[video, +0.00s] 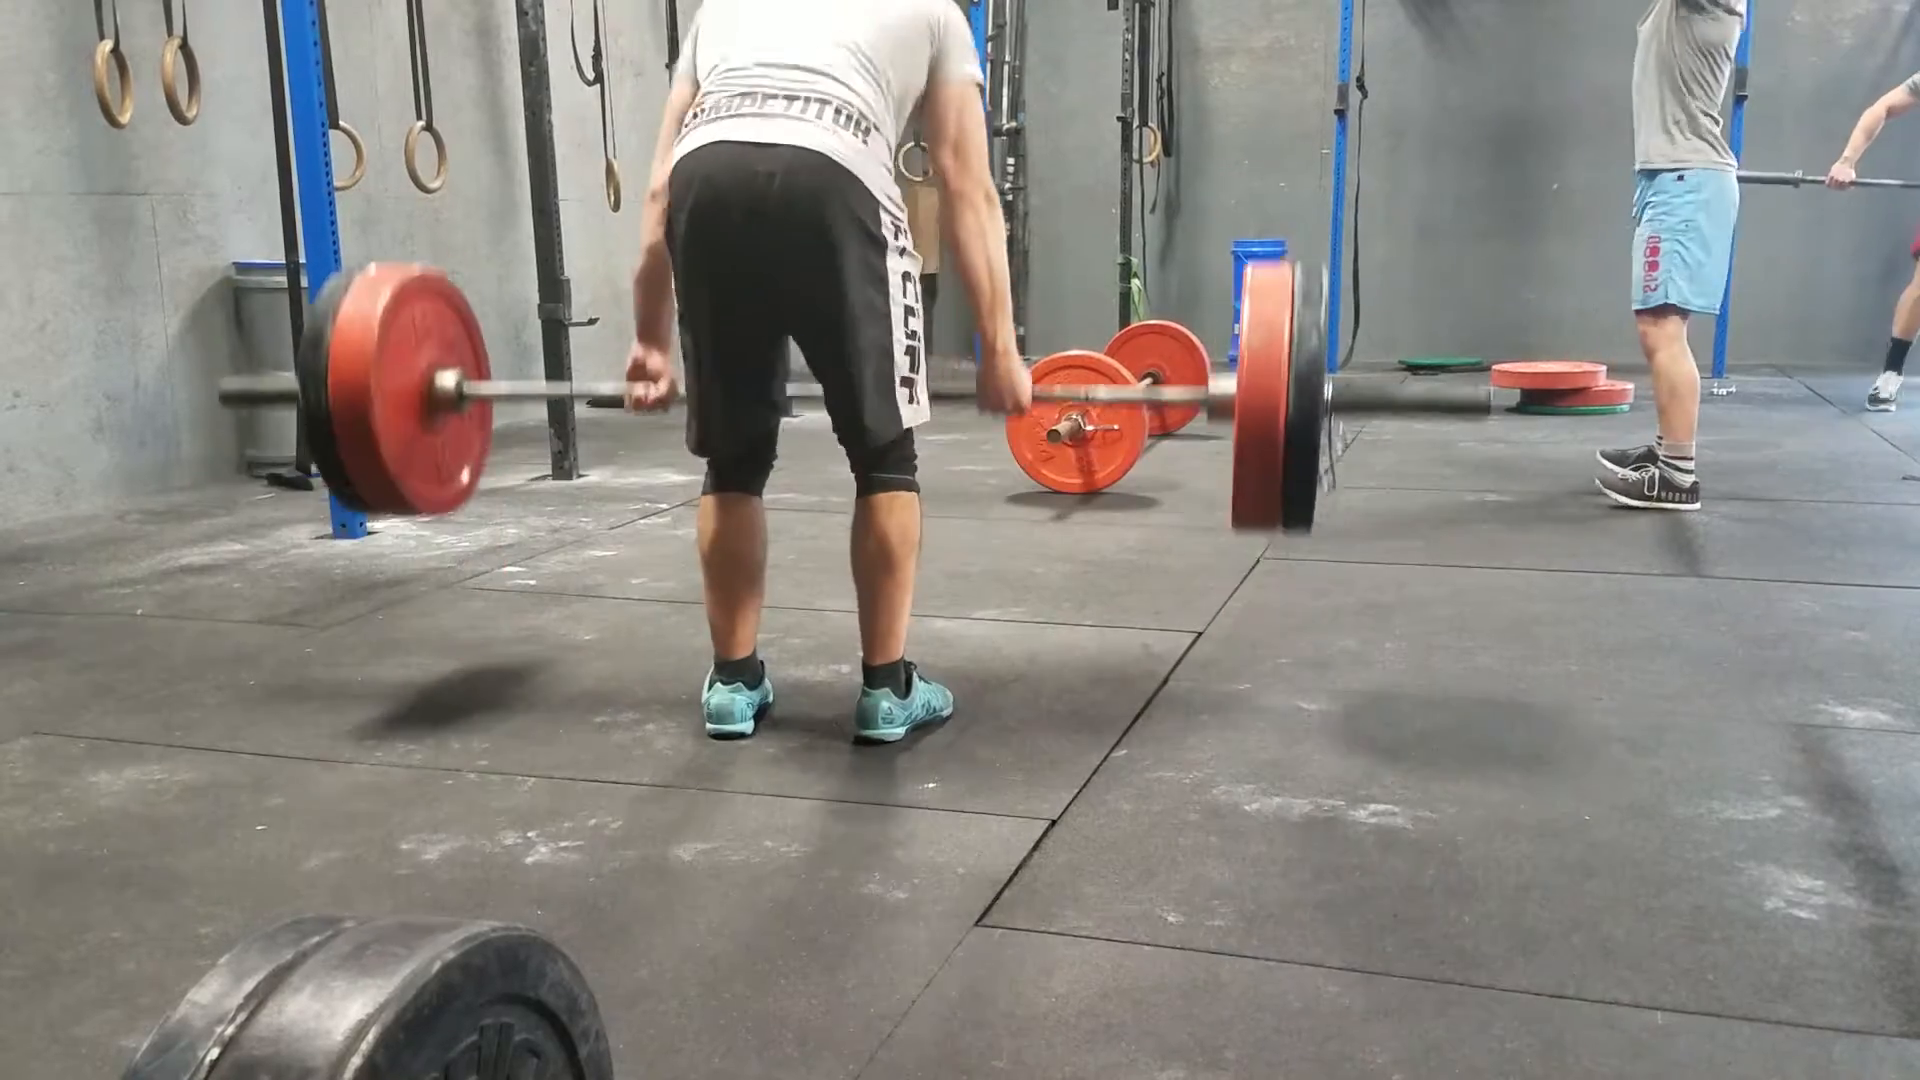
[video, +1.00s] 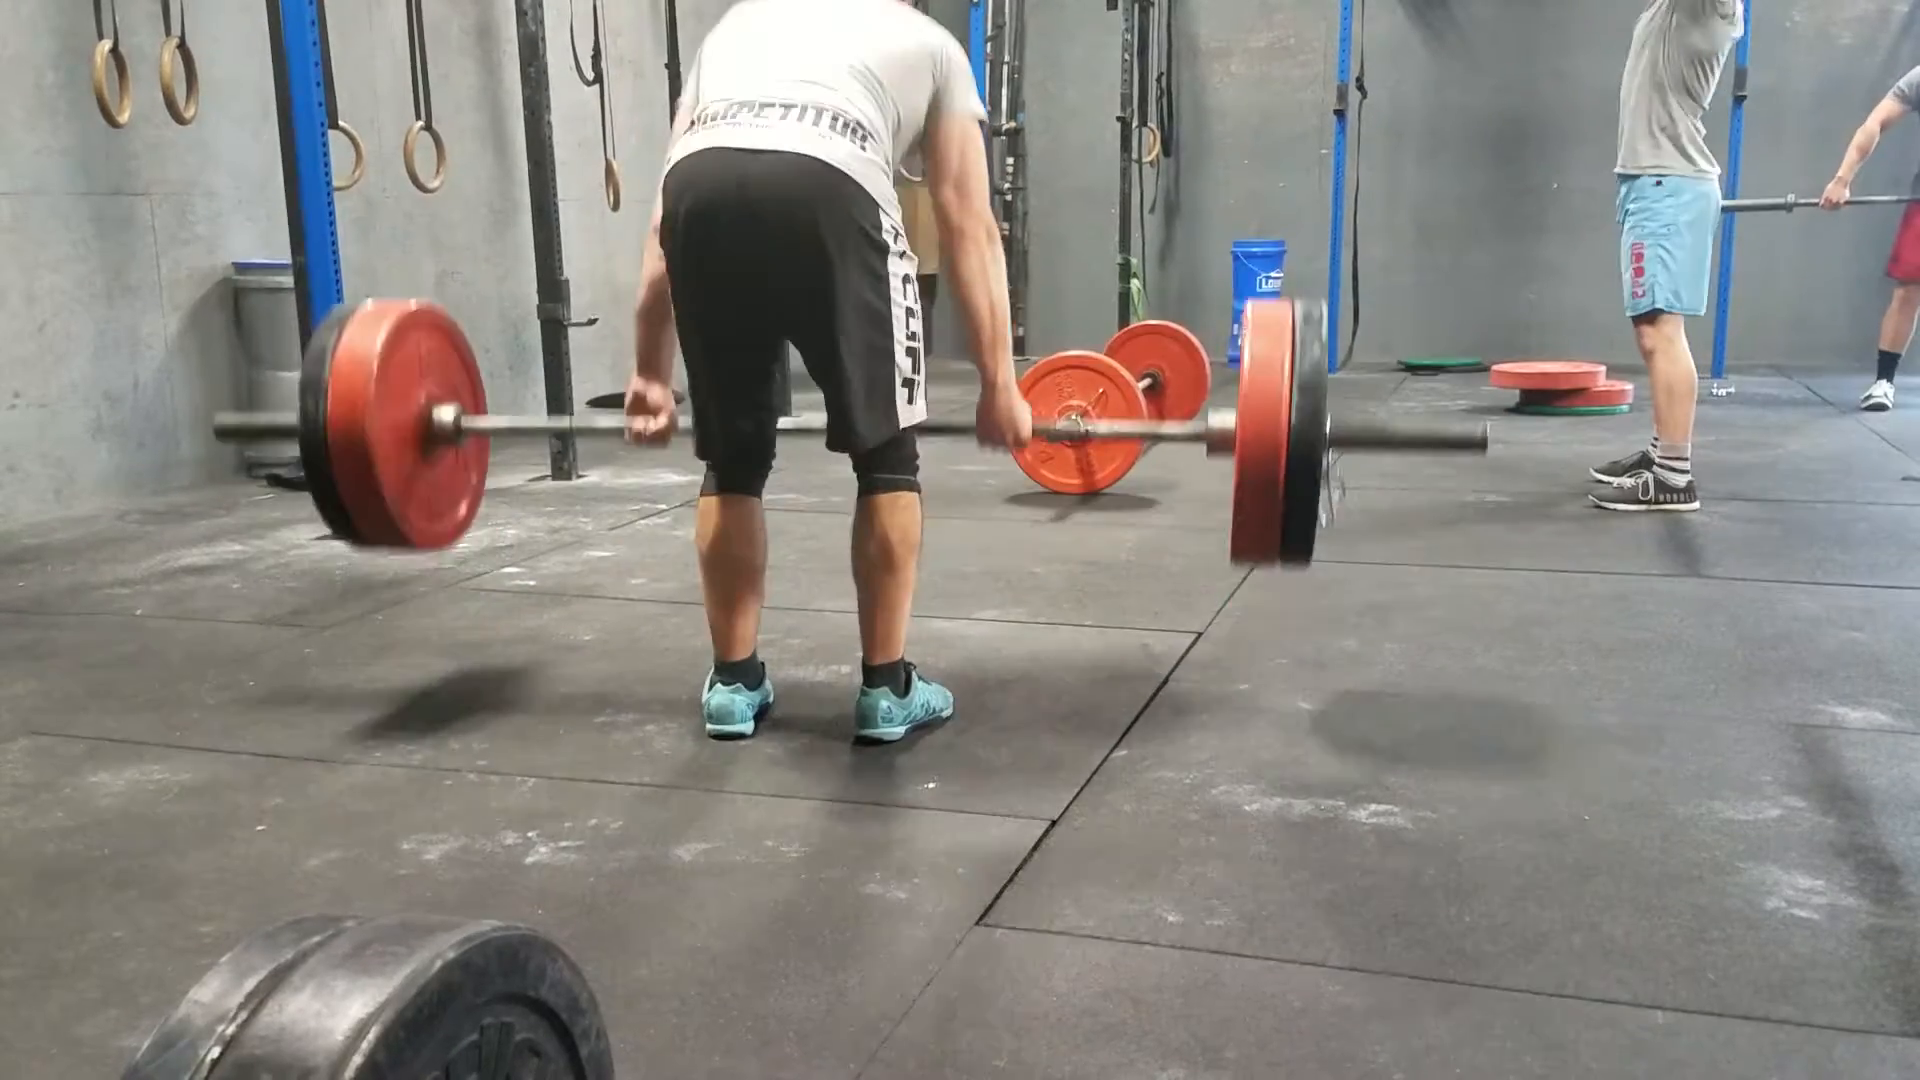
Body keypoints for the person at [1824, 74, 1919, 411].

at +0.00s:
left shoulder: (1917, 82)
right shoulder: (1919, 81)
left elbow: (1881, 108)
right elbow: (1881, 108)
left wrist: (1848, 160)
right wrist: (1848, 159)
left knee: (1917, 282)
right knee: (1918, 280)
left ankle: (1892, 373)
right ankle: (1891, 373)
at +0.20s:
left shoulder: (1911, 79)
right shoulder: (1914, 78)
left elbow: (1857, 121)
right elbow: (1857, 120)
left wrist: (1823, 175)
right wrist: (1823, 175)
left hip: (1913, 206)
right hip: (1916, 204)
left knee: (1906, 288)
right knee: (1906, 286)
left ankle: (1884, 382)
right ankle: (1883, 383)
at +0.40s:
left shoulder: (1906, 78)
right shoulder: (1908, 77)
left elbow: (1845, 117)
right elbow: (1846, 115)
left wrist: (1815, 170)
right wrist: (1815, 170)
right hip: (1914, 198)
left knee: (1904, 290)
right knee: (1903, 288)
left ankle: (1884, 383)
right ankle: (1884, 383)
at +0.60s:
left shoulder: (1911, 76)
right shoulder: (1913, 76)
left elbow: (1856, 114)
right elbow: (1856, 113)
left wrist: (1827, 166)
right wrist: (1827, 165)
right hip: (1915, 198)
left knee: (1905, 290)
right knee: (1904, 290)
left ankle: (1884, 381)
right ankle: (1883, 381)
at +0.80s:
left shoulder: (1913, 83)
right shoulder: (1915, 82)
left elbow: (1872, 124)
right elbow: (1872, 123)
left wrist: (1840, 178)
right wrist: (1840, 178)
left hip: (1915, 207)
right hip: (1918, 205)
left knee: (1909, 290)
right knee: (1908, 289)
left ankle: (1886, 377)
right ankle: (1886, 378)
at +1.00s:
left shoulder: (1915, 79)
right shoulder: (1918, 77)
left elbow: (1876, 123)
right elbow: (1876, 122)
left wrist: (1842, 178)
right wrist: (1842, 178)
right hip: (1919, 203)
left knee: (1909, 290)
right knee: (1909, 289)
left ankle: (1883, 381)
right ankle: (1883, 382)